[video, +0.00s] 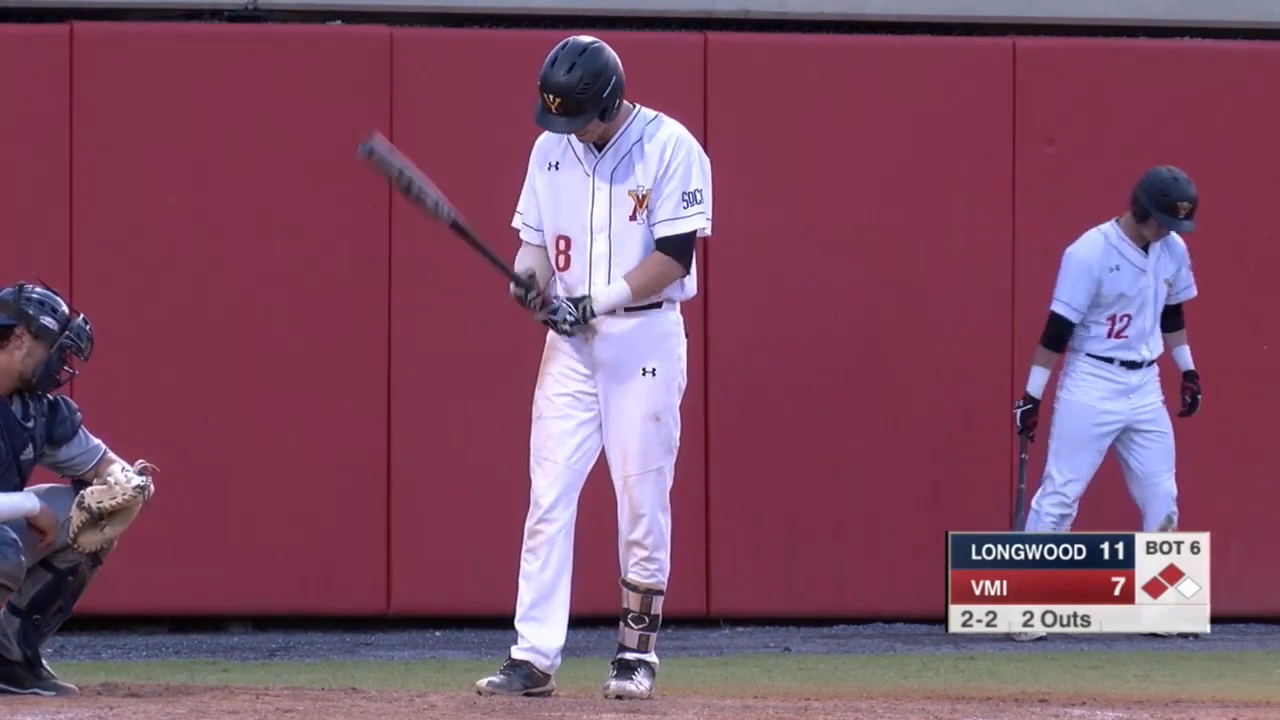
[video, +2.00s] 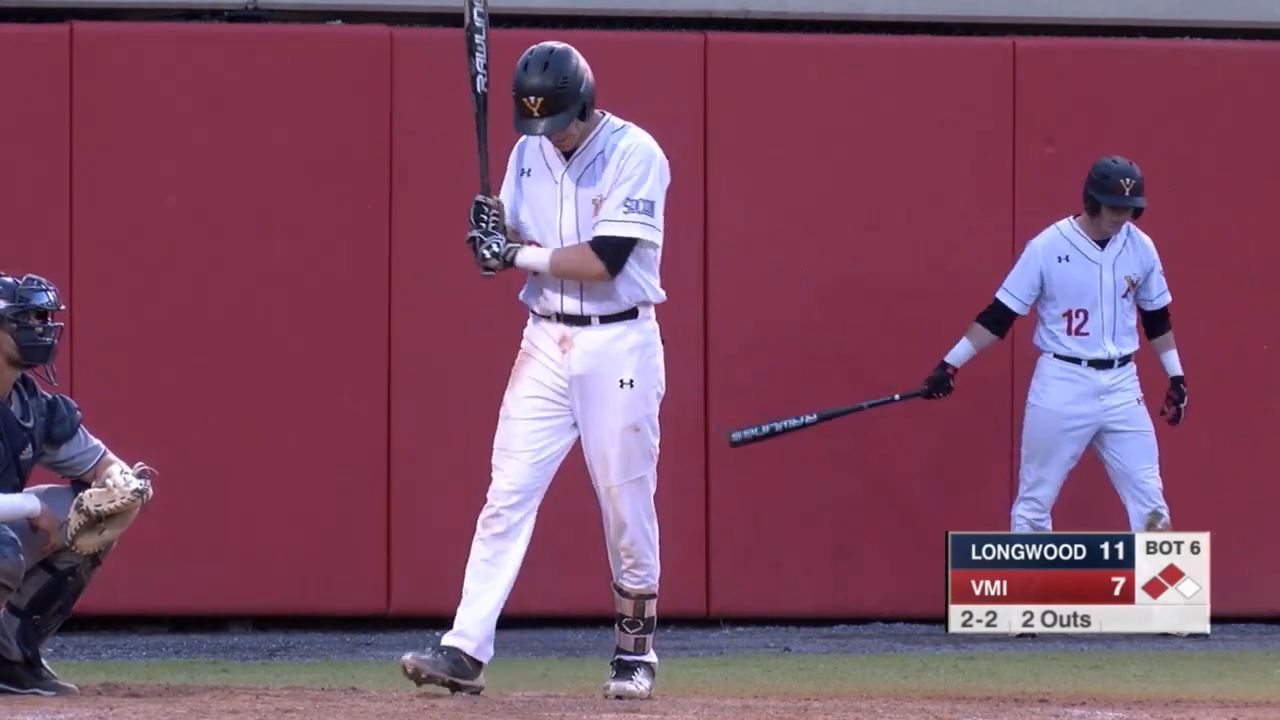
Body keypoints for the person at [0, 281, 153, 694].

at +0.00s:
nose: (62, 361)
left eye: (65, 351)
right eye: (56, 348)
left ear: (23, 341)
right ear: (20, 339)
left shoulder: (40, 410)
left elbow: (99, 461)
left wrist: (128, 480)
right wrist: (26, 504)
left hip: (9, 521)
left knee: (96, 512)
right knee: (7, 549)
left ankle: (14, 651)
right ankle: (7, 655)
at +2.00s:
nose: (38, 328)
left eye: (41, 318)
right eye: (23, 319)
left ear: (48, 325)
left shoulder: (37, 406)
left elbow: (97, 461)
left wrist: (125, 484)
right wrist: (27, 505)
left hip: (9, 522)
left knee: (96, 511)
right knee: (11, 545)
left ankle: (15, 652)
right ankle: (8, 653)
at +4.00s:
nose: (30, 339)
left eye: (38, 331)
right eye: (20, 327)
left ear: (48, 336)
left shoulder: (39, 408)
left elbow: (106, 469)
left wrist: (159, 498)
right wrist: (4, 463)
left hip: (6, 535)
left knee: (94, 510)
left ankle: (14, 650)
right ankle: (11, 651)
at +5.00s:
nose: (29, 325)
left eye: (34, 315)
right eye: (17, 314)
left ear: (41, 321)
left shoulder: (23, 395)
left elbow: (107, 466)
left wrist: (183, 512)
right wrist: (21, 427)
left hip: (5, 528)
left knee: (98, 515)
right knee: (8, 561)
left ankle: (14, 651)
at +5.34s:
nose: (30, 322)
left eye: (36, 312)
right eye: (19, 311)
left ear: (43, 318)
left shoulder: (33, 401)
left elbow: (106, 469)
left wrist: (188, 531)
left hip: (9, 528)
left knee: (97, 513)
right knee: (7, 563)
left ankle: (14, 652)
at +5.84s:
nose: (32, 322)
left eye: (38, 312)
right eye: (19, 311)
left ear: (47, 317)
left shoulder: (37, 404)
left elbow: (115, 474)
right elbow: (8, 511)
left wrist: (191, 536)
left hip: (3, 527)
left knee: (100, 514)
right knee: (6, 558)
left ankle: (13, 652)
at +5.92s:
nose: (31, 322)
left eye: (37, 312)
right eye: (18, 311)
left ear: (45, 318)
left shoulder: (35, 404)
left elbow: (112, 474)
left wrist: (188, 534)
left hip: (3, 530)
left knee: (99, 514)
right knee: (5, 560)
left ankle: (14, 653)